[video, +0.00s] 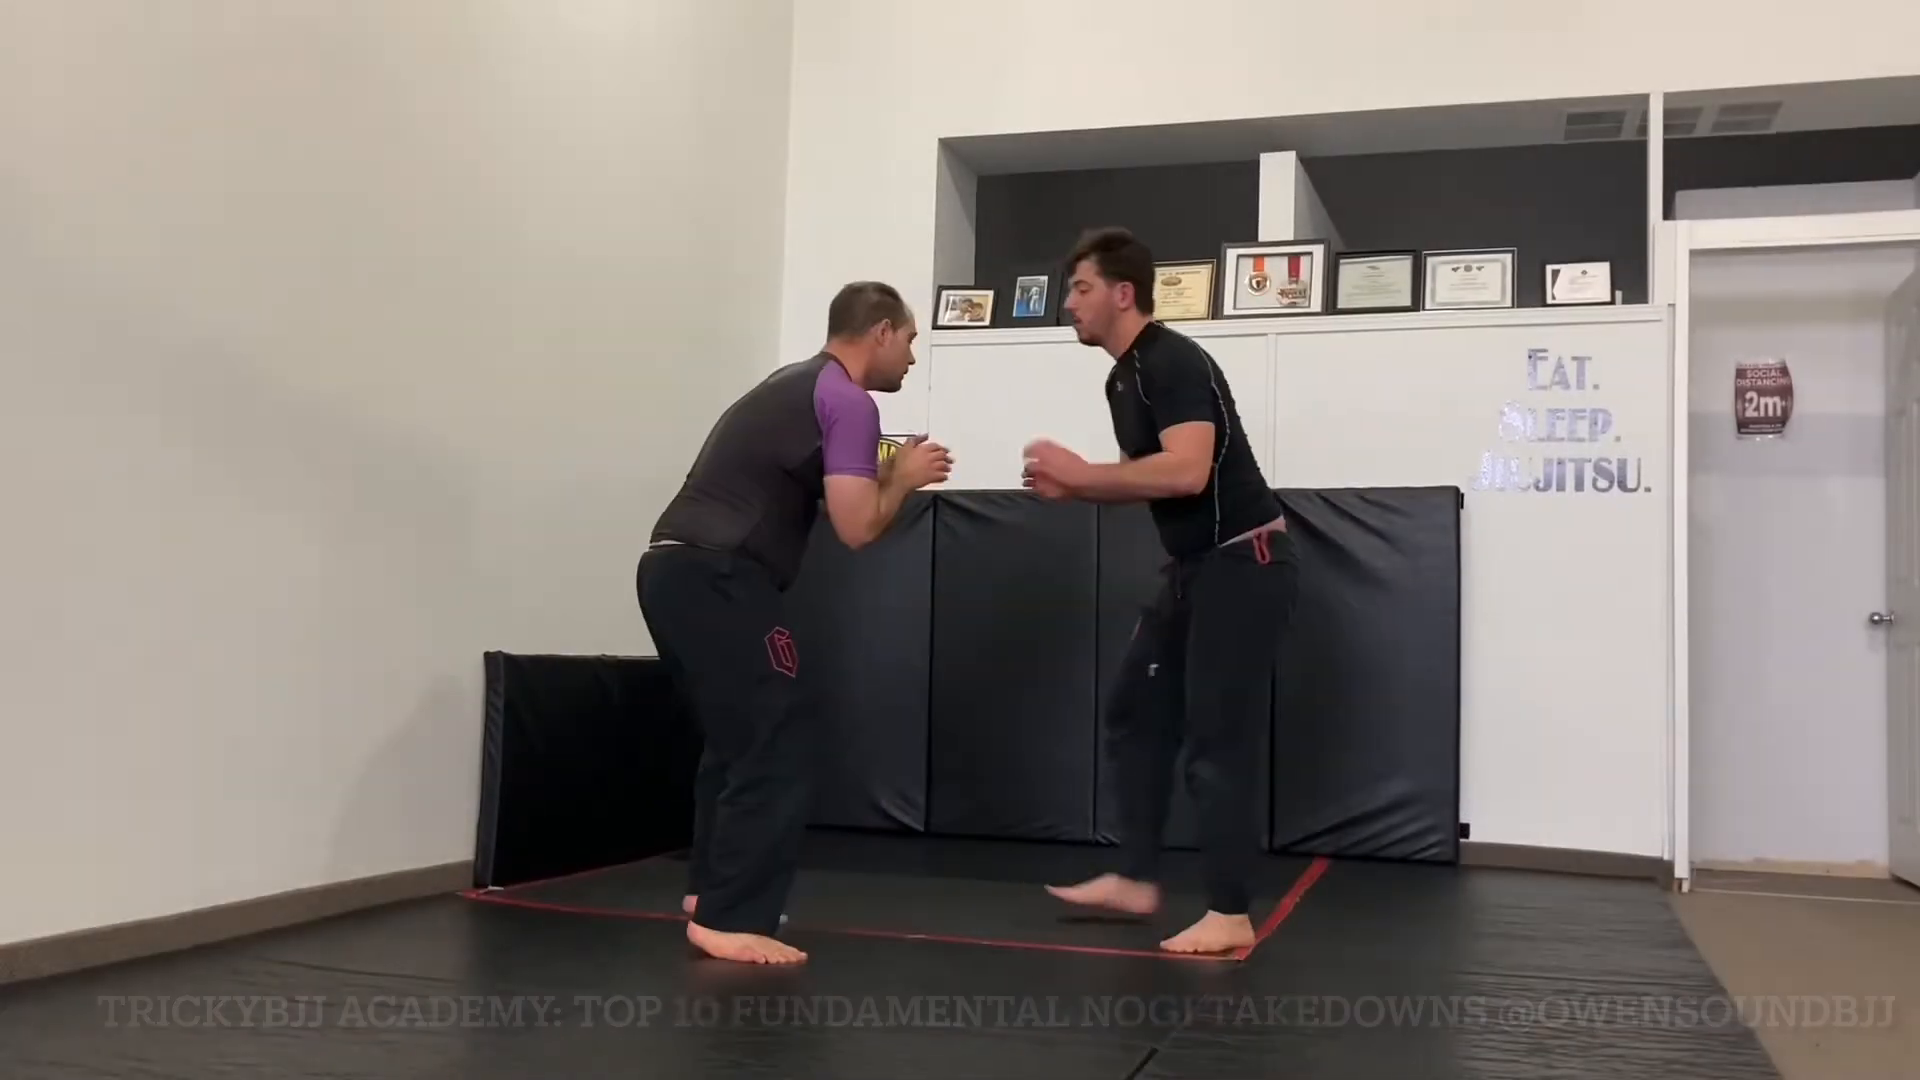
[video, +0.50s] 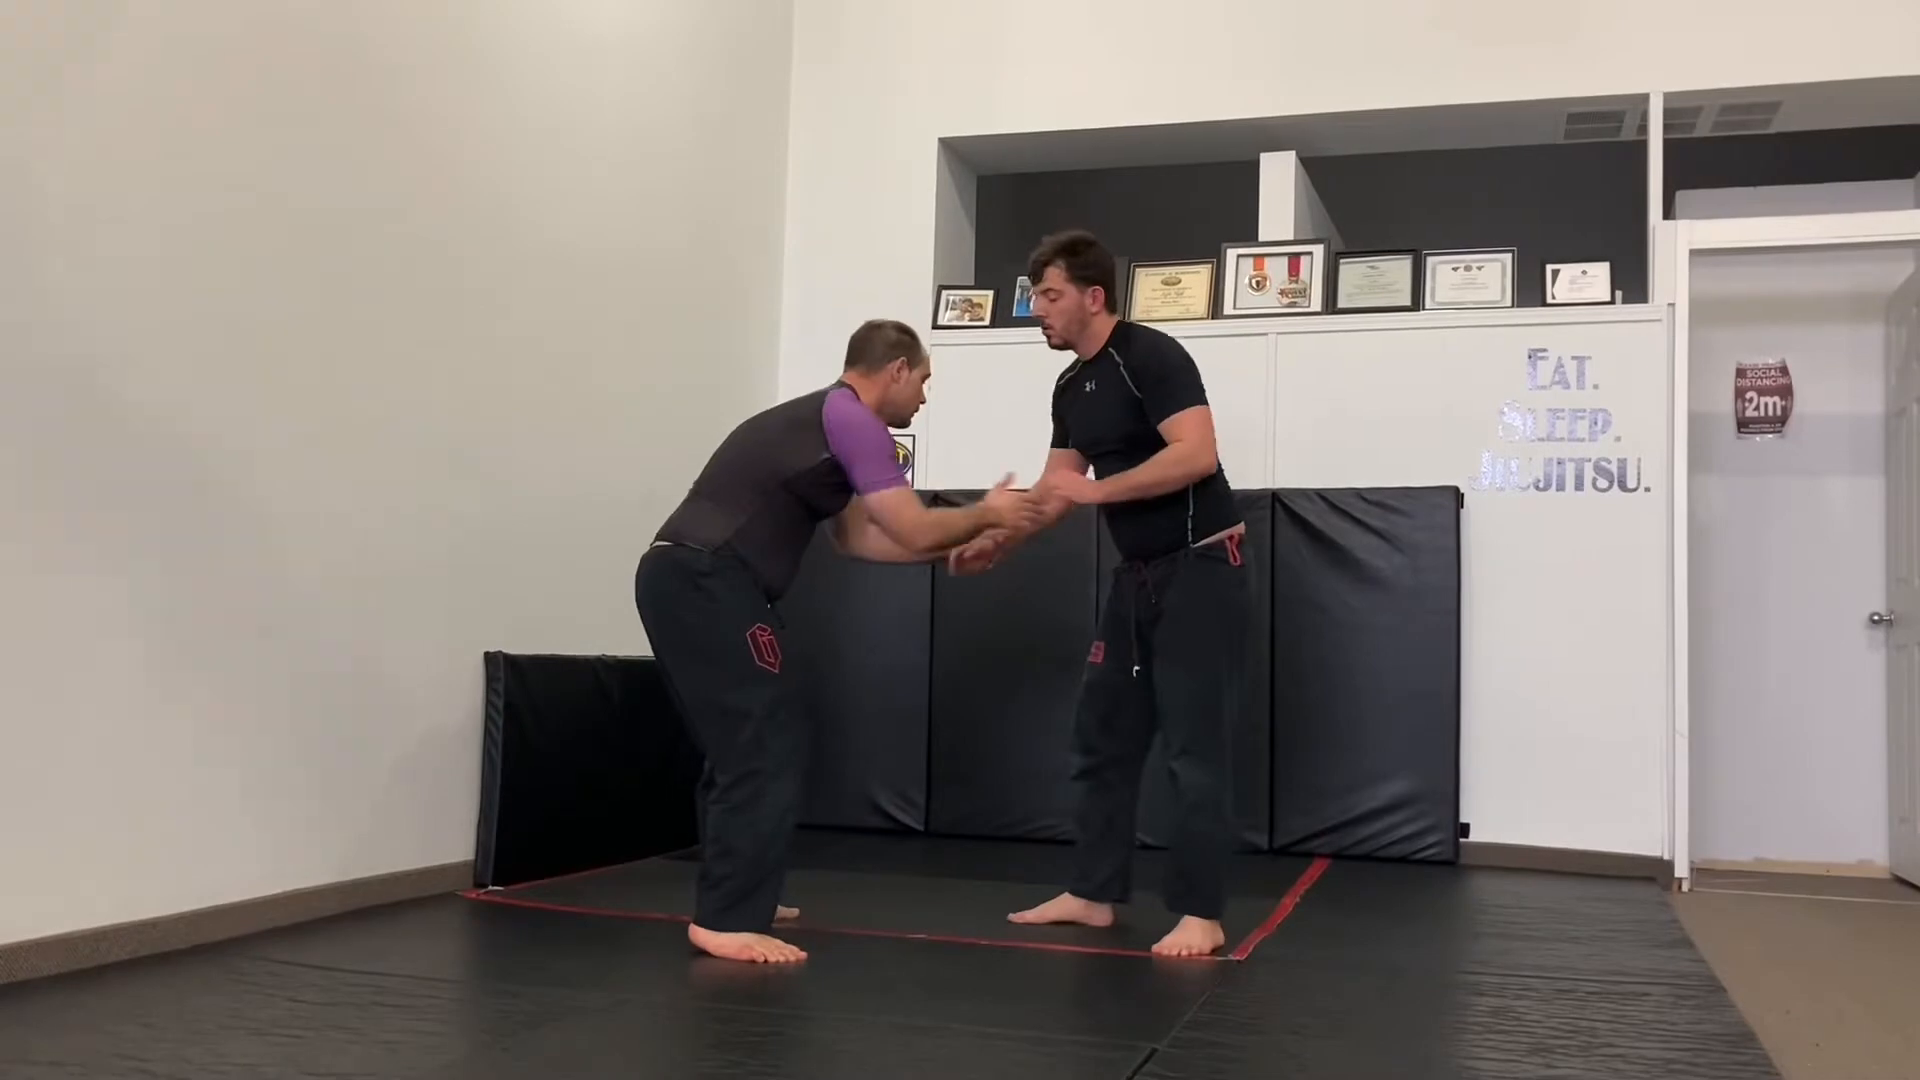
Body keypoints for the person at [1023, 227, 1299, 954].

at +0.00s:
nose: (1069, 301)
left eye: (1080, 287)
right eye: (1069, 289)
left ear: (1123, 293)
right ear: (1112, 296)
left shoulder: (1174, 360)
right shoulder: (1122, 379)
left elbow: (1190, 470)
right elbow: (1154, 477)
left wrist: (1084, 472)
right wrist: (1075, 488)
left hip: (1245, 563)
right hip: (1194, 567)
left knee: (1223, 731)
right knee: (1136, 708)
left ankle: (1230, 912)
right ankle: (1134, 878)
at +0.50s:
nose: (1038, 309)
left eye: (1049, 295)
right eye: (1036, 297)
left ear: (1095, 295)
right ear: (1063, 301)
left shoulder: (1153, 353)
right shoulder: (1071, 386)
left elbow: (1198, 452)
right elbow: (1062, 487)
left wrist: (1096, 491)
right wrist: (1000, 540)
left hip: (1202, 566)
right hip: (1134, 573)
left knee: (1193, 740)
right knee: (1106, 733)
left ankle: (1202, 913)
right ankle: (1094, 893)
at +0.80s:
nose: (1042, 313)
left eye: (1053, 298)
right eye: (1039, 300)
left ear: (1099, 298)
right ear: (1062, 306)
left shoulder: (1161, 351)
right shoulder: (1063, 394)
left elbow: (1228, 443)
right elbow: (1022, 491)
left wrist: (1161, 532)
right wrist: (963, 560)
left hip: (1210, 560)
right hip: (1141, 566)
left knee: (1197, 738)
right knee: (1107, 728)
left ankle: (1204, 915)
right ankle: (1094, 893)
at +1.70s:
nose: (1041, 303)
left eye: (1054, 288)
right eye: (1036, 291)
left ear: (1098, 286)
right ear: (1042, 298)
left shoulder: (1158, 340)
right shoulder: (1057, 388)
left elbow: (1241, 417)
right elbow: (1092, 493)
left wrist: (1229, 495)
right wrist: (1074, 574)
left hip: (1186, 561)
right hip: (1112, 567)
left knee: (1182, 728)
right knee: (1096, 720)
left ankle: (1203, 917)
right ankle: (1092, 891)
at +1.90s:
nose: (1037, 319)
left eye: (1047, 303)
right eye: (1031, 307)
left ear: (1091, 295)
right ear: (1045, 310)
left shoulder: (1149, 341)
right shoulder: (1078, 392)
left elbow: (1196, 423)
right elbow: (1126, 484)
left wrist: (1131, 515)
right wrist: (1119, 571)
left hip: (1202, 559)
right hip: (1146, 563)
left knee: (1188, 733)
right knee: (1117, 724)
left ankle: (1201, 918)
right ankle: (1097, 886)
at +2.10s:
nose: (1057, 346)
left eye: (1064, 329)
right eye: (1051, 334)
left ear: (1107, 318)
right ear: (1097, 327)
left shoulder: (1151, 357)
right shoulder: (1123, 393)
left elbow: (1147, 446)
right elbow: (1180, 491)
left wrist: (1060, 523)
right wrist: (1167, 574)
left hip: (1237, 561)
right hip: (1194, 567)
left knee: (1194, 734)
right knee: (1137, 723)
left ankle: (1206, 918)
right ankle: (1105, 891)